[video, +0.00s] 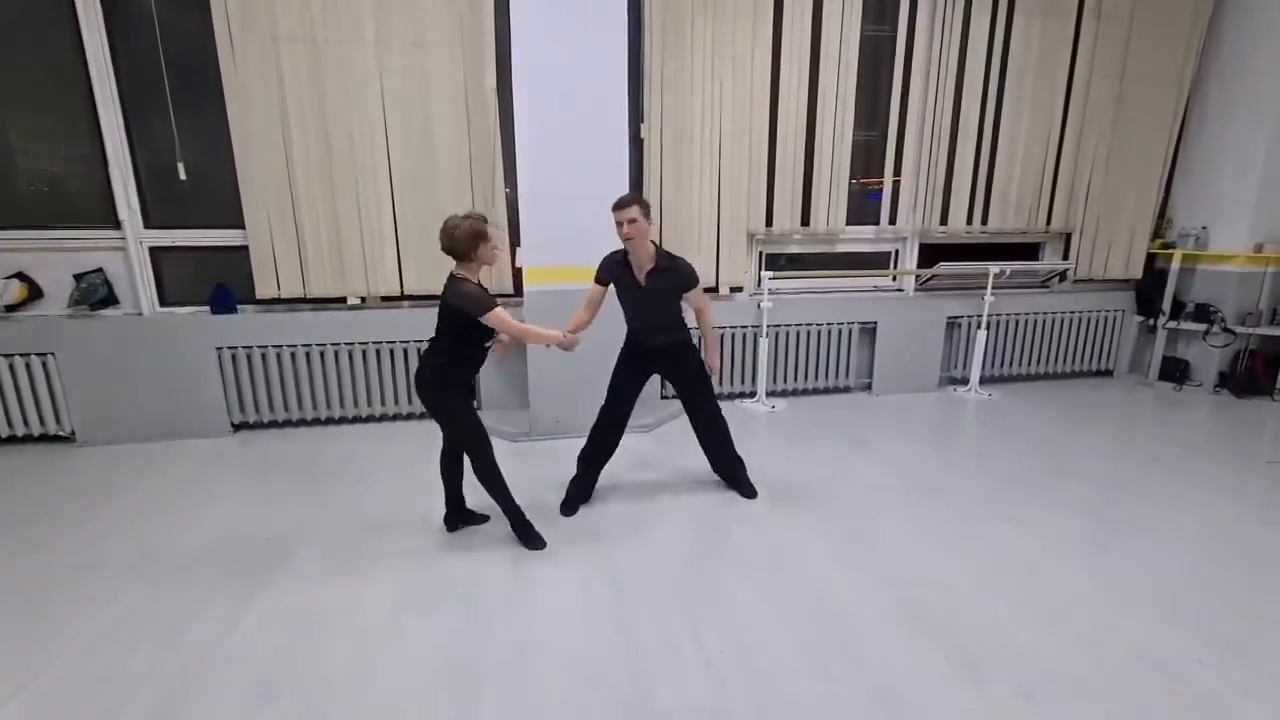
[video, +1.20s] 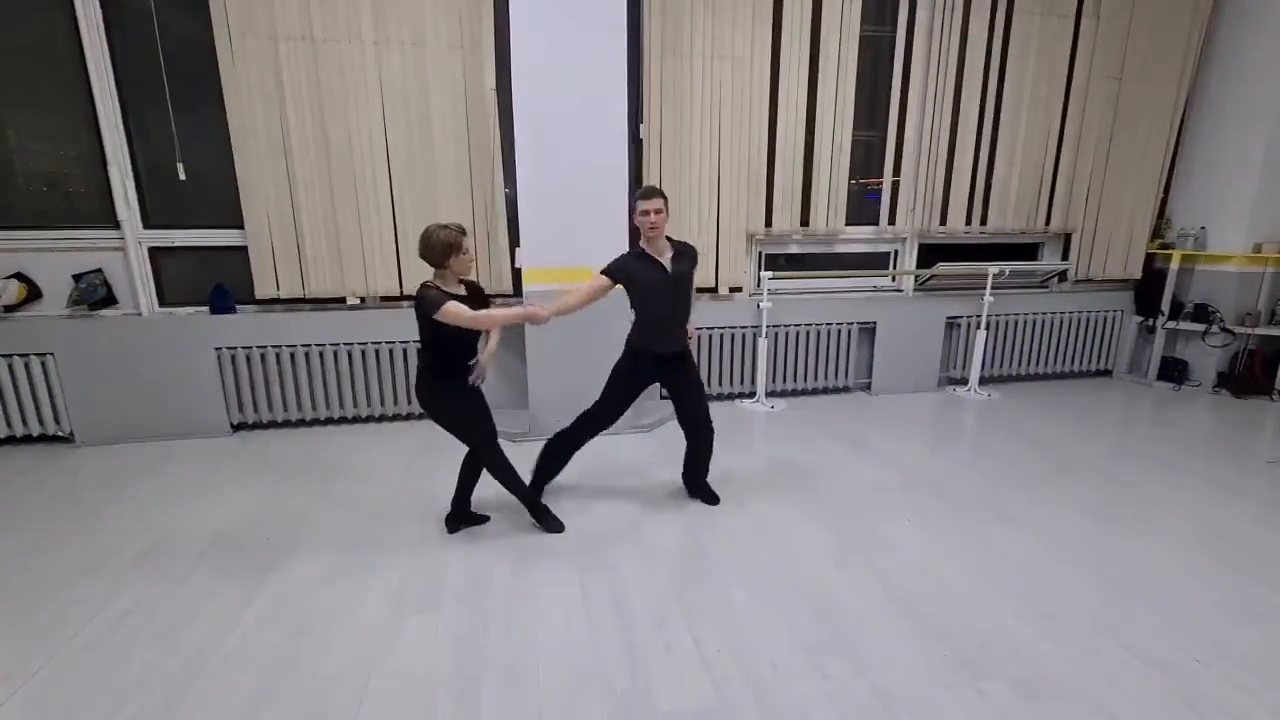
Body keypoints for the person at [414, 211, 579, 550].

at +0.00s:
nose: (495, 245)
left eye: (492, 240)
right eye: (489, 242)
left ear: (467, 252)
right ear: (473, 251)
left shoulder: (472, 280)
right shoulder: (464, 292)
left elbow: (472, 327)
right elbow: (515, 330)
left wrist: (502, 338)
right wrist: (558, 338)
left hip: (454, 378)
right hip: (439, 383)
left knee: (454, 443)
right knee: (479, 445)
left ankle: (455, 511)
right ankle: (518, 520)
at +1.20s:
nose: (472, 257)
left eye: (471, 251)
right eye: (465, 253)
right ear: (446, 261)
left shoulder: (472, 290)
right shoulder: (429, 296)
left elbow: (496, 323)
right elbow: (472, 320)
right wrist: (522, 314)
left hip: (464, 383)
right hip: (435, 388)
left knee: (484, 440)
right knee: (485, 442)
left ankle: (459, 512)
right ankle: (535, 507)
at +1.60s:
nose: (480, 256)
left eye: (478, 250)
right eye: (475, 251)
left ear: (460, 258)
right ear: (457, 259)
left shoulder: (478, 289)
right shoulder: (441, 301)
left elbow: (501, 318)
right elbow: (489, 321)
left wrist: (523, 348)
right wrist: (541, 318)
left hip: (472, 383)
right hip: (448, 388)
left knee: (485, 440)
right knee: (508, 432)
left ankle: (457, 510)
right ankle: (532, 502)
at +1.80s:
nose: (506, 248)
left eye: (504, 242)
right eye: (503, 243)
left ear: (468, 248)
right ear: (492, 248)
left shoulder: (450, 285)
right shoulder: (510, 287)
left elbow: (413, 315)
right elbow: (551, 319)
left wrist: (392, 336)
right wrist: (576, 334)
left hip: (466, 379)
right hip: (503, 379)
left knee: (484, 436)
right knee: (538, 433)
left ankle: (461, 507)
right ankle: (552, 507)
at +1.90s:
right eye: (523, 231)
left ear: (487, 238)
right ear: (522, 236)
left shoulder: (479, 277)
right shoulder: (535, 274)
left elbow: (461, 327)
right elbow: (554, 321)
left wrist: (426, 352)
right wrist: (528, 322)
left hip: (489, 367)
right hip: (530, 365)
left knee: (485, 433)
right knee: (530, 427)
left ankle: (469, 503)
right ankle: (555, 501)